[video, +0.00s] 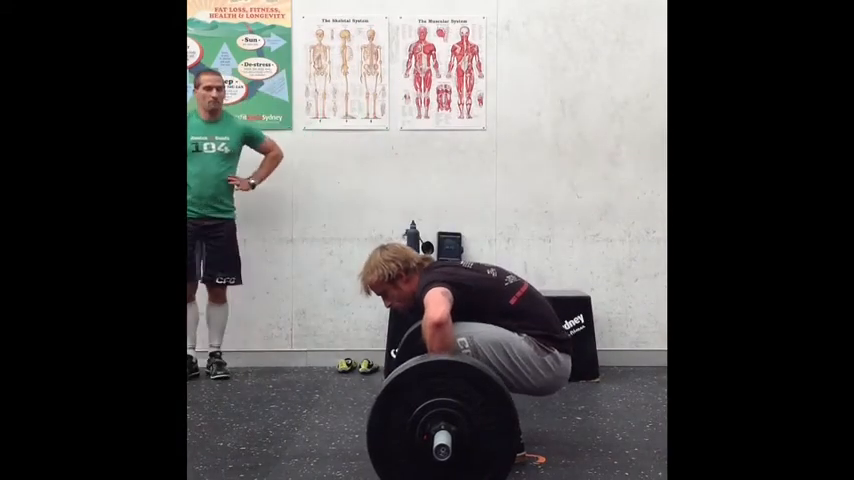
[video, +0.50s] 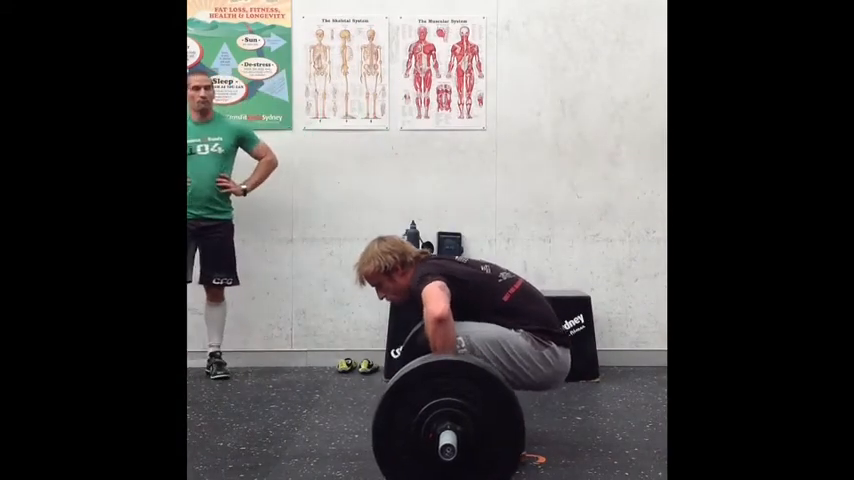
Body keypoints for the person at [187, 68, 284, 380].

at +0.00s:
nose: (214, 94)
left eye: (219, 89)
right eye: (208, 88)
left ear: (225, 93)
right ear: (196, 92)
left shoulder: (238, 127)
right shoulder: (188, 122)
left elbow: (275, 153)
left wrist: (253, 181)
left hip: (220, 219)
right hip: (188, 218)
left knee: (217, 290)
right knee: (188, 290)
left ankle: (214, 356)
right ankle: (189, 356)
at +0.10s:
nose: (214, 94)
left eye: (219, 89)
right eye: (207, 89)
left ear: (226, 93)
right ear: (196, 93)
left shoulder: (240, 129)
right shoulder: (188, 124)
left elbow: (277, 157)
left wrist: (252, 183)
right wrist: (185, 176)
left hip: (221, 220)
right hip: (187, 219)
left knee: (218, 290)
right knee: (186, 288)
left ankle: (215, 356)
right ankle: (187, 355)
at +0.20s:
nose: (213, 94)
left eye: (218, 89)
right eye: (206, 89)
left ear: (225, 93)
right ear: (195, 93)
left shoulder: (240, 130)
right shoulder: (188, 125)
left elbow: (276, 160)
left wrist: (249, 186)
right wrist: (185, 176)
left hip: (221, 220)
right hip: (187, 218)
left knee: (218, 289)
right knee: (186, 281)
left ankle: (215, 355)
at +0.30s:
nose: (210, 94)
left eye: (215, 89)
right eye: (203, 89)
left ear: (222, 93)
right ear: (193, 93)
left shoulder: (239, 130)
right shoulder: (187, 126)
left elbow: (276, 159)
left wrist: (249, 187)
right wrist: (185, 177)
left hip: (220, 220)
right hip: (187, 219)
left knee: (217, 289)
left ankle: (215, 355)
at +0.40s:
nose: (206, 94)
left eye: (211, 88)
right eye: (200, 89)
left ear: (218, 93)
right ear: (190, 93)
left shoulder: (237, 129)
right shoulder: (186, 127)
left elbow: (273, 159)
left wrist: (248, 187)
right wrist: (186, 179)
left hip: (219, 221)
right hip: (187, 220)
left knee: (216, 289)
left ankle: (215, 355)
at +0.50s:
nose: (201, 94)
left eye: (206, 88)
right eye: (196, 89)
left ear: (214, 93)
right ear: (187, 94)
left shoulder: (233, 128)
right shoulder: (185, 127)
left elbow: (270, 159)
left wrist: (244, 187)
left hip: (217, 221)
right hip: (186, 220)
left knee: (215, 290)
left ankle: (215, 355)